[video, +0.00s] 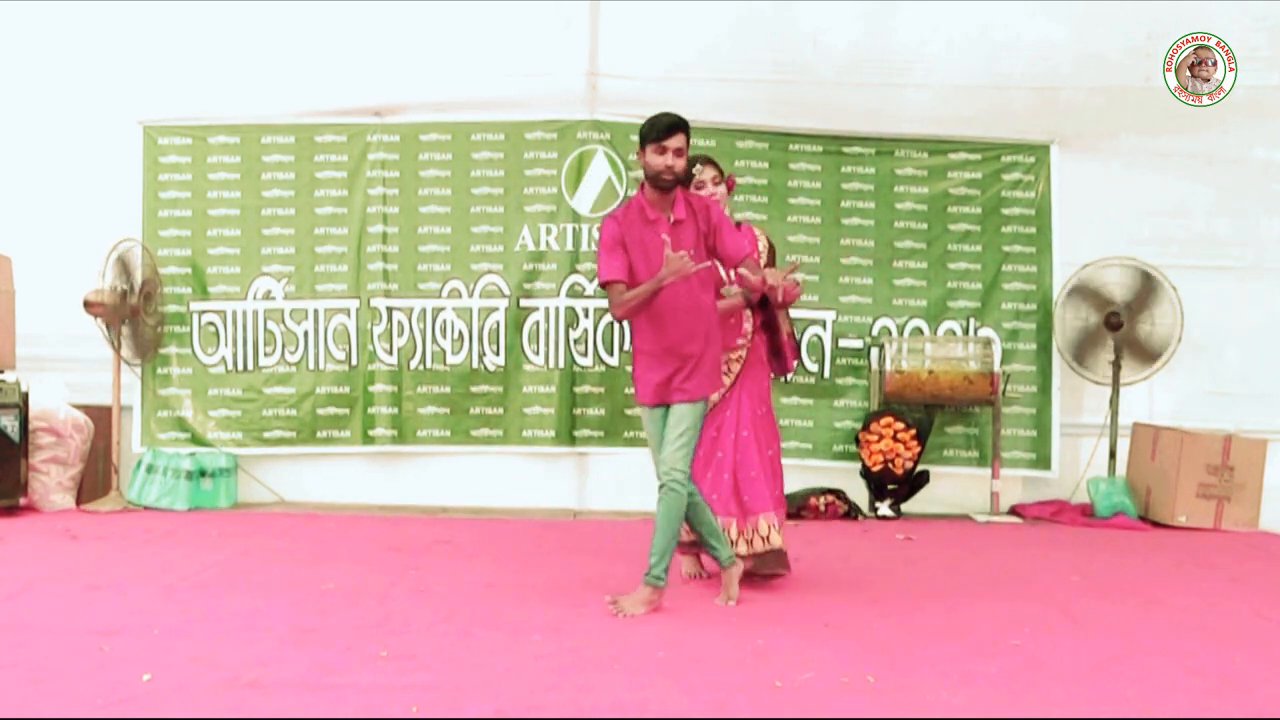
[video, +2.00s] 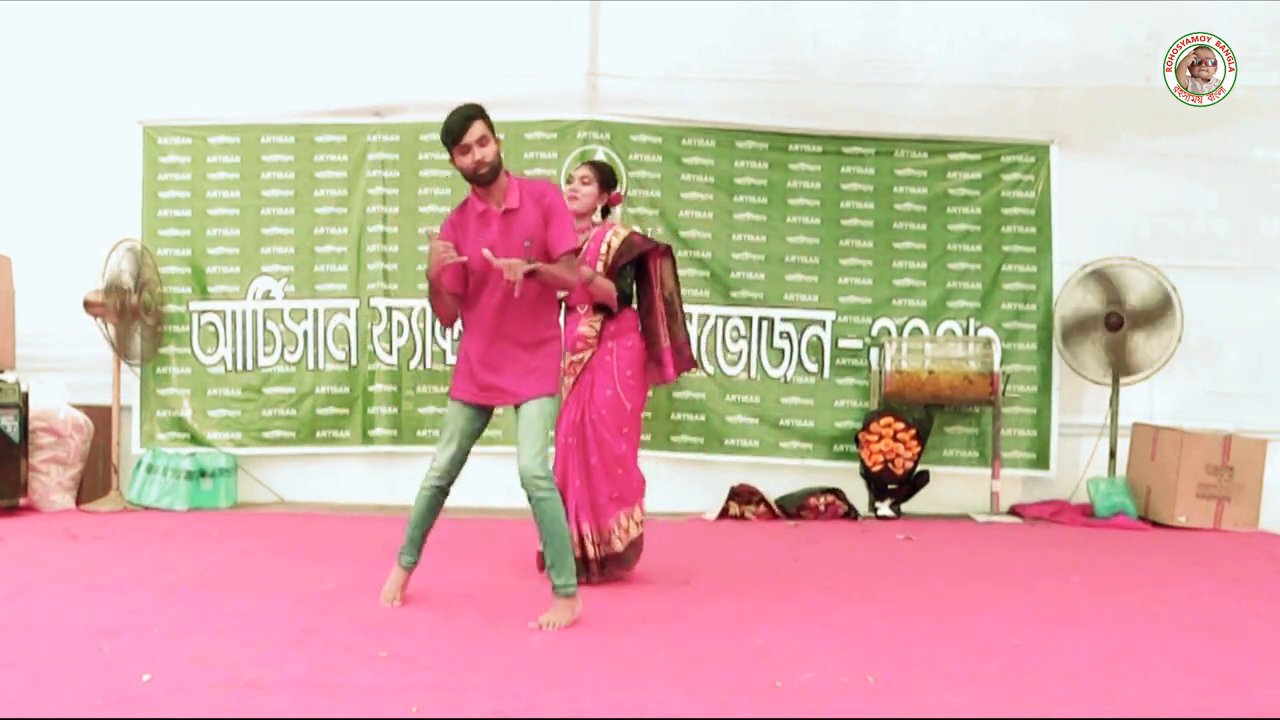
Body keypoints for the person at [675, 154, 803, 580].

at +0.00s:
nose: (709, 190)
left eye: (715, 182)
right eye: (699, 185)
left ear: (728, 187)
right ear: (687, 193)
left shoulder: (753, 238)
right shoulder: (683, 240)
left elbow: (772, 290)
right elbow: (691, 308)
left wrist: (782, 288)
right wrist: (743, 298)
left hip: (749, 352)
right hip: (704, 353)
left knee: (749, 444)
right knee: (706, 448)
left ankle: (756, 543)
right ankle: (696, 543)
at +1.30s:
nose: (677, 203)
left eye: (687, 195)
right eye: (673, 197)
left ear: (711, 202)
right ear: (668, 207)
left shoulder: (742, 247)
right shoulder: (669, 264)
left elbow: (775, 289)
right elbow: (666, 330)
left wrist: (741, 261)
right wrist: (683, 299)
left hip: (738, 359)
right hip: (692, 363)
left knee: (730, 450)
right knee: (679, 448)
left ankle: (730, 552)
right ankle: (683, 554)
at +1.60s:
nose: (625, 207)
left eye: (636, 200)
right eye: (622, 200)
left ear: (660, 208)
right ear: (618, 211)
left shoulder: (685, 243)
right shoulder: (626, 272)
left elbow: (717, 273)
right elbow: (628, 342)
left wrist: (680, 261)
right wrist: (634, 307)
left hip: (696, 351)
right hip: (655, 359)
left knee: (682, 437)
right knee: (632, 439)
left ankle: (687, 547)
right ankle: (644, 548)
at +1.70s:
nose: (616, 211)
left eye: (627, 205)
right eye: (613, 204)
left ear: (650, 214)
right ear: (609, 215)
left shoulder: (672, 249)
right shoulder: (616, 272)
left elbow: (696, 290)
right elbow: (615, 347)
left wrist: (653, 269)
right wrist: (616, 309)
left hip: (683, 358)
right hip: (644, 365)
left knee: (665, 441)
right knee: (613, 442)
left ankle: (675, 551)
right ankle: (629, 551)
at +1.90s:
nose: (587, 189)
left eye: (599, 184)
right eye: (585, 182)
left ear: (621, 196)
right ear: (579, 192)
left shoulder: (636, 234)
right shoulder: (582, 247)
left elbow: (635, 290)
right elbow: (571, 317)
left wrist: (593, 260)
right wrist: (568, 278)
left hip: (642, 341)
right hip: (606, 345)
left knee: (627, 429)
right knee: (592, 430)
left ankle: (646, 538)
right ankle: (604, 545)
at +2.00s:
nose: (574, 189)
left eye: (585, 183)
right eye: (570, 181)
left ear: (606, 195)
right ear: (562, 189)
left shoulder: (619, 238)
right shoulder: (564, 240)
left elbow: (618, 297)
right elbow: (552, 288)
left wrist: (580, 272)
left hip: (617, 342)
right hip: (578, 343)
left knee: (602, 433)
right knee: (570, 435)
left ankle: (617, 539)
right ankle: (576, 541)